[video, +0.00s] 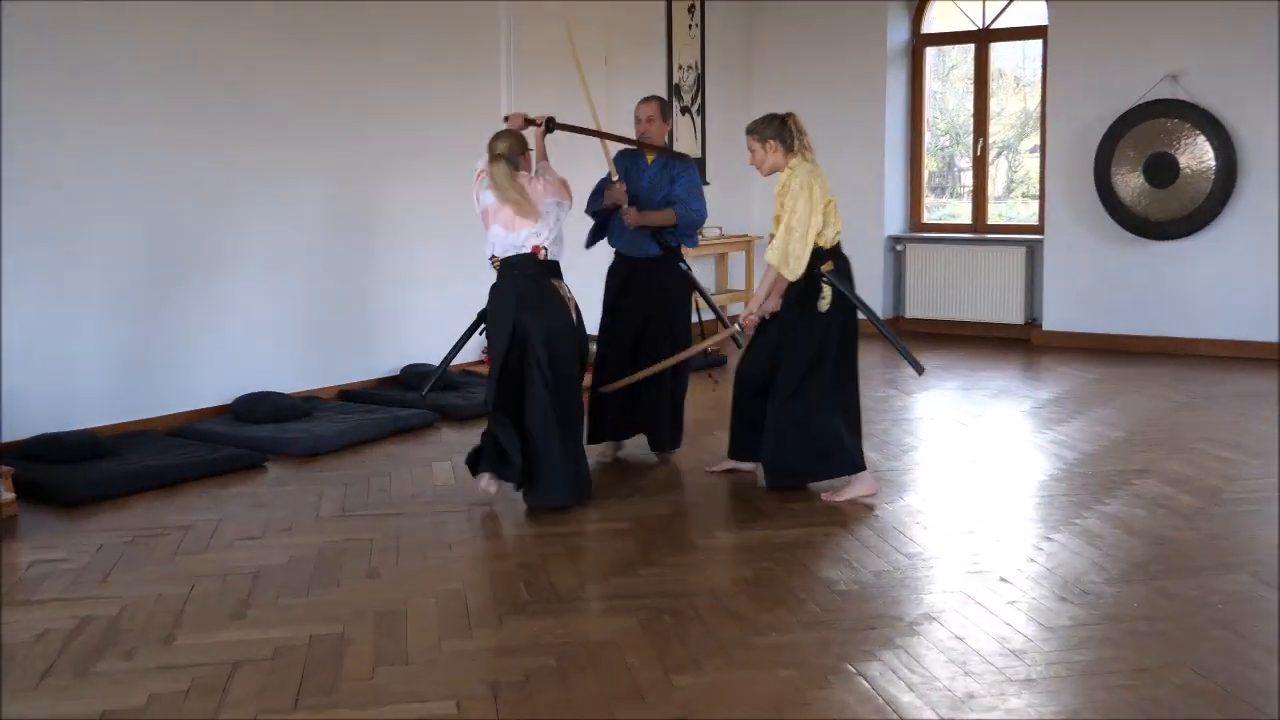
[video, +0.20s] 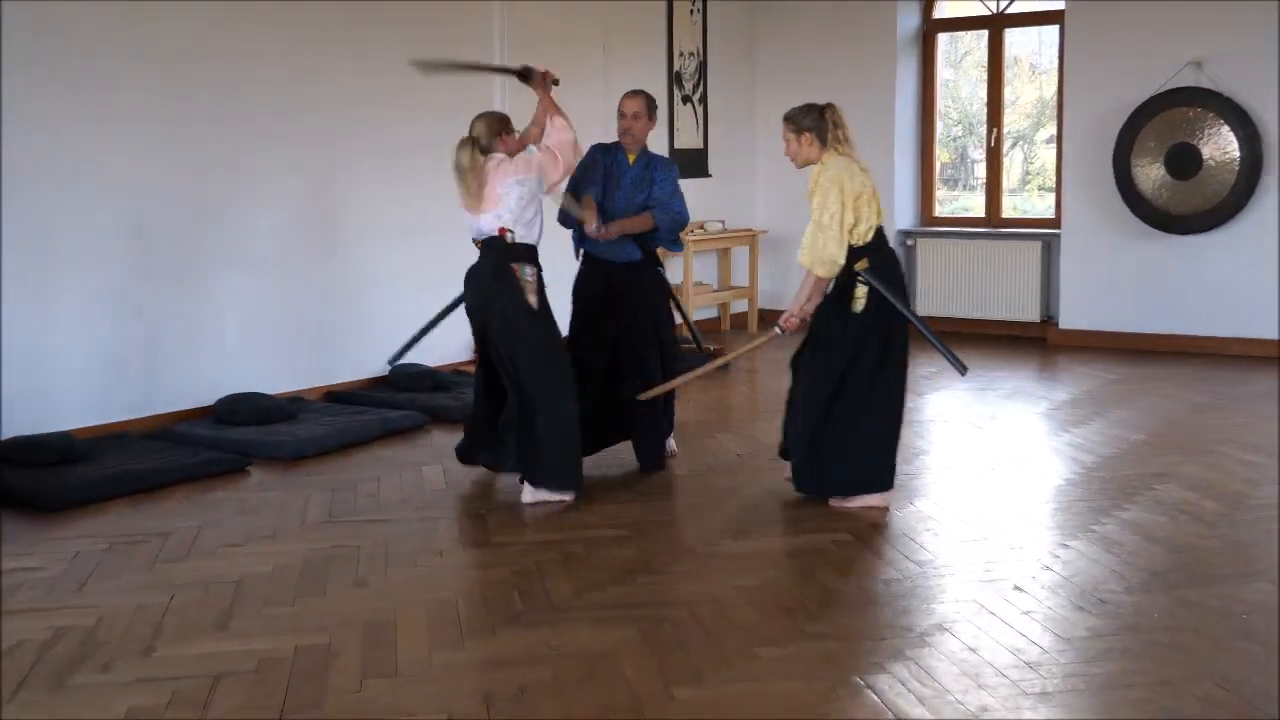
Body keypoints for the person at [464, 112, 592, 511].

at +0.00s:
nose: (529, 156)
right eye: (527, 152)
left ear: (493, 161)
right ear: (527, 156)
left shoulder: (485, 195)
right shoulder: (548, 188)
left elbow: (489, 163)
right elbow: (553, 178)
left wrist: (508, 130)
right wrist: (540, 146)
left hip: (506, 289)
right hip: (544, 287)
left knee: (511, 378)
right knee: (555, 380)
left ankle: (497, 463)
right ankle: (556, 480)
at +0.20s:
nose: (518, 135)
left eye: (515, 131)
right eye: (514, 131)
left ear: (482, 142)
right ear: (503, 140)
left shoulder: (478, 170)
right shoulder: (520, 169)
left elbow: (527, 143)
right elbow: (565, 147)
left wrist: (542, 97)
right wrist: (547, 98)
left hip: (483, 276)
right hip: (516, 277)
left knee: (512, 368)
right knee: (547, 369)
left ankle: (520, 463)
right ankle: (542, 481)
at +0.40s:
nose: (508, 127)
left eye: (507, 121)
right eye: (504, 122)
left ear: (482, 128)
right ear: (487, 127)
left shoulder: (495, 168)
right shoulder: (478, 158)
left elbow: (541, 156)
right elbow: (522, 126)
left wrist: (551, 99)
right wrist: (530, 77)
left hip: (491, 267)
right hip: (476, 268)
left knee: (501, 354)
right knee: (494, 359)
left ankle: (483, 434)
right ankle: (462, 456)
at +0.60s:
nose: (482, 135)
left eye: (483, 128)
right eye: (473, 127)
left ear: (486, 131)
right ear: (451, 130)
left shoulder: (490, 166)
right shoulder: (440, 164)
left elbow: (505, 165)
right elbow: (464, 127)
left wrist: (507, 123)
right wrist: (512, 108)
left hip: (482, 266)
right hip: (446, 264)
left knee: (494, 348)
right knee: (436, 347)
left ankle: (469, 440)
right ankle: (410, 430)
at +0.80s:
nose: (462, 136)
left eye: (465, 130)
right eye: (454, 131)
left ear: (469, 134)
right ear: (436, 135)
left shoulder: (471, 171)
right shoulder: (424, 167)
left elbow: (442, 204)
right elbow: (401, 183)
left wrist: (420, 153)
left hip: (469, 266)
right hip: (434, 263)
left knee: (475, 347)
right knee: (430, 340)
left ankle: (473, 435)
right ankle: (427, 415)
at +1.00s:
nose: (453, 135)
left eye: (458, 129)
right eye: (445, 129)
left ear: (462, 131)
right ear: (429, 131)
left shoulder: (457, 163)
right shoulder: (420, 158)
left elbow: (409, 195)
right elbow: (387, 161)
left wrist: (362, 175)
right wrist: (358, 162)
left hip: (463, 254)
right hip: (436, 252)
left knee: (461, 334)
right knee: (428, 332)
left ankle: (461, 418)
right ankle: (428, 415)